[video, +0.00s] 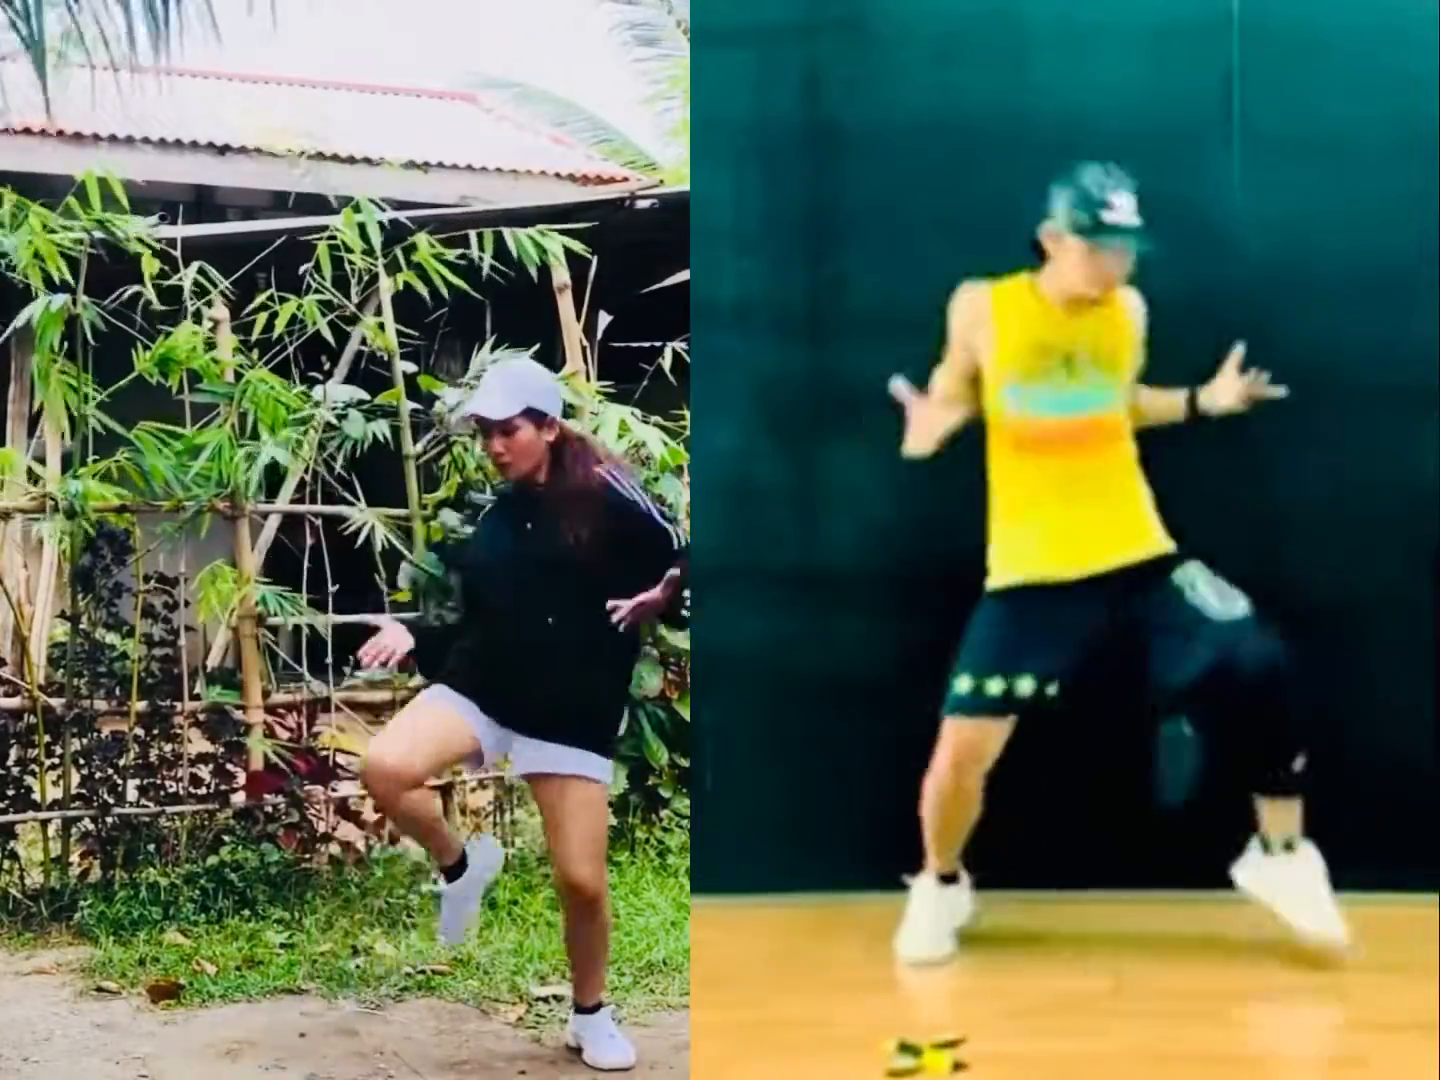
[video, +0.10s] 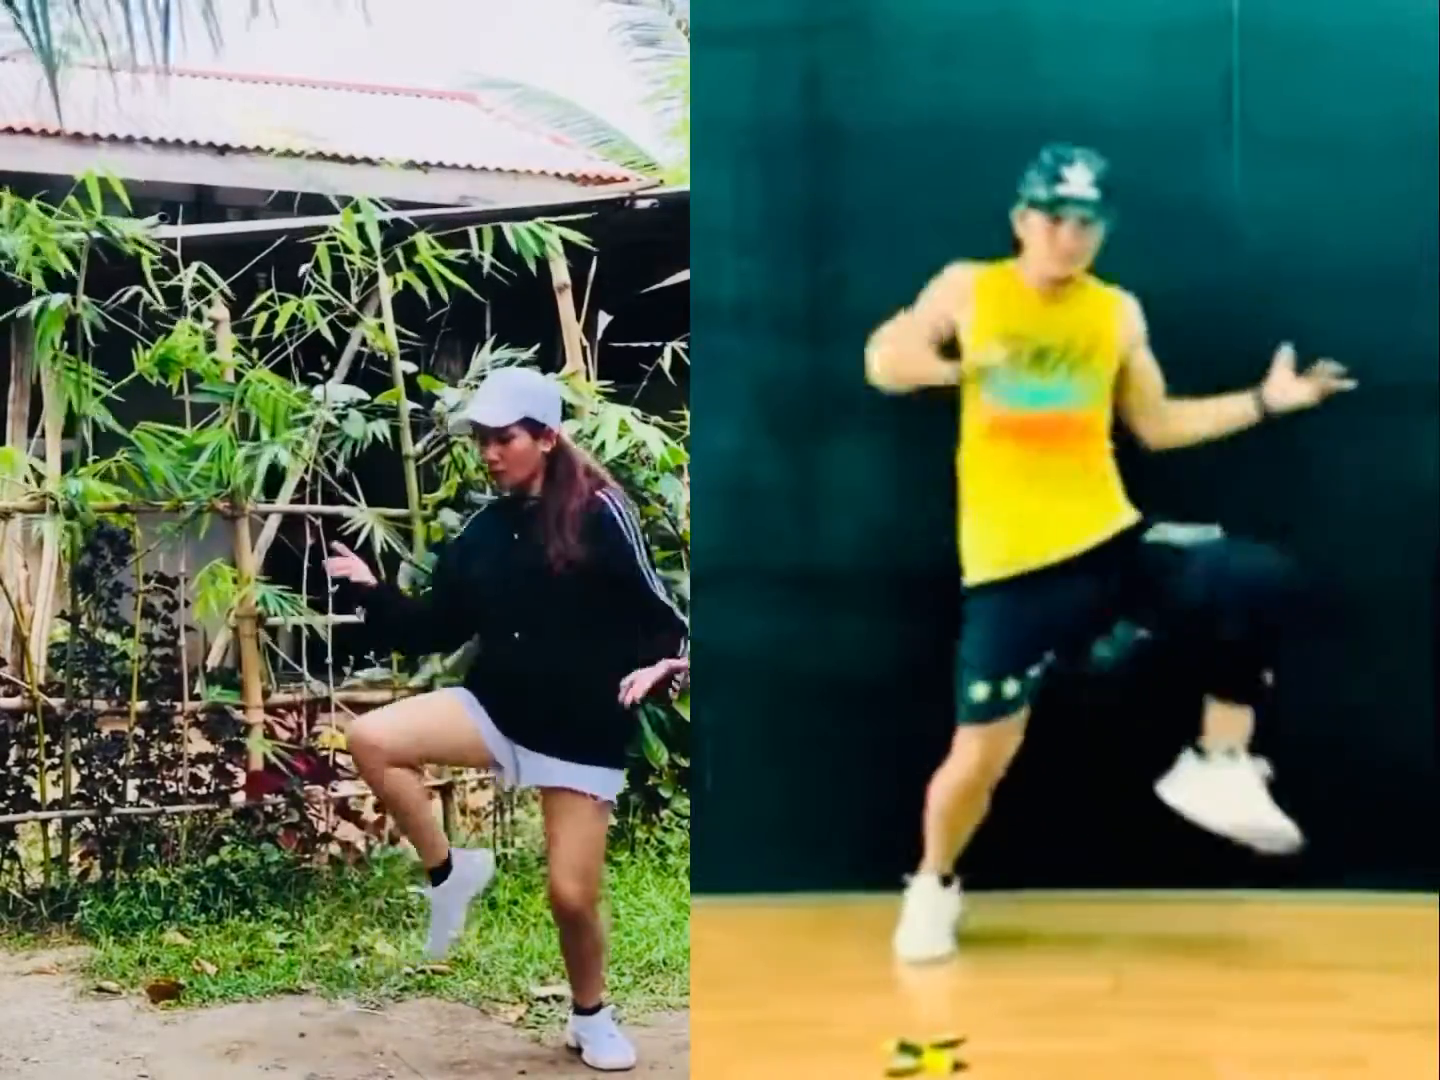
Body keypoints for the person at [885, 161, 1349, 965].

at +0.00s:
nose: (1112, 265)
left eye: (1122, 247)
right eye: (1095, 246)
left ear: (1132, 247)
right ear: (1050, 239)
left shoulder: (1127, 310)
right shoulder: (983, 309)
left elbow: (1122, 403)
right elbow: (955, 389)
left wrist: (1203, 400)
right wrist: (932, 421)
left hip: (1140, 562)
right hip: (1030, 577)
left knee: (1260, 662)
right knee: (960, 754)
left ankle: (1281, 851)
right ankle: (939, 885)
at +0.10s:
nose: (1070, 239)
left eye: (1085, 224)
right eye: (1055, 220)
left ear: (1102, 232)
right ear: (1021, 220)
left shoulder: (1115, 312)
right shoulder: (967, 290)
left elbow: (1157, 425)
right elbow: (883, 362)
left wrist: (1263, 400)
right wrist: (953, 368)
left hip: (1110, 544)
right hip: (1008, 567)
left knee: (1248, 580)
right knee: (982, 755)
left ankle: (1220, 767)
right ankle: (933, 884)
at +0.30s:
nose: (1069, 250)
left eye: (1084, 232)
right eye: (1054, 231)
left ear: (1103, 236)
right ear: (1024, 232)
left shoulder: (1126, 297)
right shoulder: (976, 312)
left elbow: (1193, 380)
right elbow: (893, 404)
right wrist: (818, 420)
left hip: (1096, 537)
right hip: (997, 560)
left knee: (1214, 528)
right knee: (982, 744)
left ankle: (1194, 702)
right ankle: (934, 891)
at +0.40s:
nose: (1085, 212)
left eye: (1101, 195)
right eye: (1071, 193)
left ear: (1120, 201)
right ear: (1038, 195)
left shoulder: (1135, 272)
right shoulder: (992, 265)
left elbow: (1135, 360)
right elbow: (962, 344)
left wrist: (1177, 339)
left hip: (1131, 514)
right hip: (1028, 540)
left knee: (1264, 568)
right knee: (990, 732)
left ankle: (1272, 757)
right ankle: (944, 883)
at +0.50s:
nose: (1099, 225)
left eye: (1114, 209)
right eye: (1084, 207)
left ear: (1135, 215)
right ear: (1053, 210)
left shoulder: (1155, 300)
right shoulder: (1012, 277)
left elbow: (1201, 397)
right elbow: (932, 365)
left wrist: (1275, 376)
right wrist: (950, 323)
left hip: (1159, 532)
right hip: (1049, 546)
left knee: (1266, 670)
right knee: (1001, 736)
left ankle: (1324, 841)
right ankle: (1004, 876)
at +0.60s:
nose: (1121, 278)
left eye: (1136, 262)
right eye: (1106, 261)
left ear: (1156, 271)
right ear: (1075, 268)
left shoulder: (1186, 368)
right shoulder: (1029, 341)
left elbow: (1289, 444)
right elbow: (927, 409)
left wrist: (1410, 469)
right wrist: (936, 369)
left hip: (1181, 595)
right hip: (1073, 601)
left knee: (1271, 738)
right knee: (1003, 756)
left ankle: (1313, 899)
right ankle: (1019, 894)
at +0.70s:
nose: (1164, 305)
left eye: (1179, 288)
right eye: (1148, 287)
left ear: (1204, 292)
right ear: (1122, 294)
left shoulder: (1237, 355)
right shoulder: (1086, 367)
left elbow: (1299, 452)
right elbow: (991, 451)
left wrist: (1379, 485)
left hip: (1214, 612)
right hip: (1103, 613)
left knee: (1305, 741)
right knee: (1052, 781)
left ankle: (1318, 900)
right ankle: (990, 891)